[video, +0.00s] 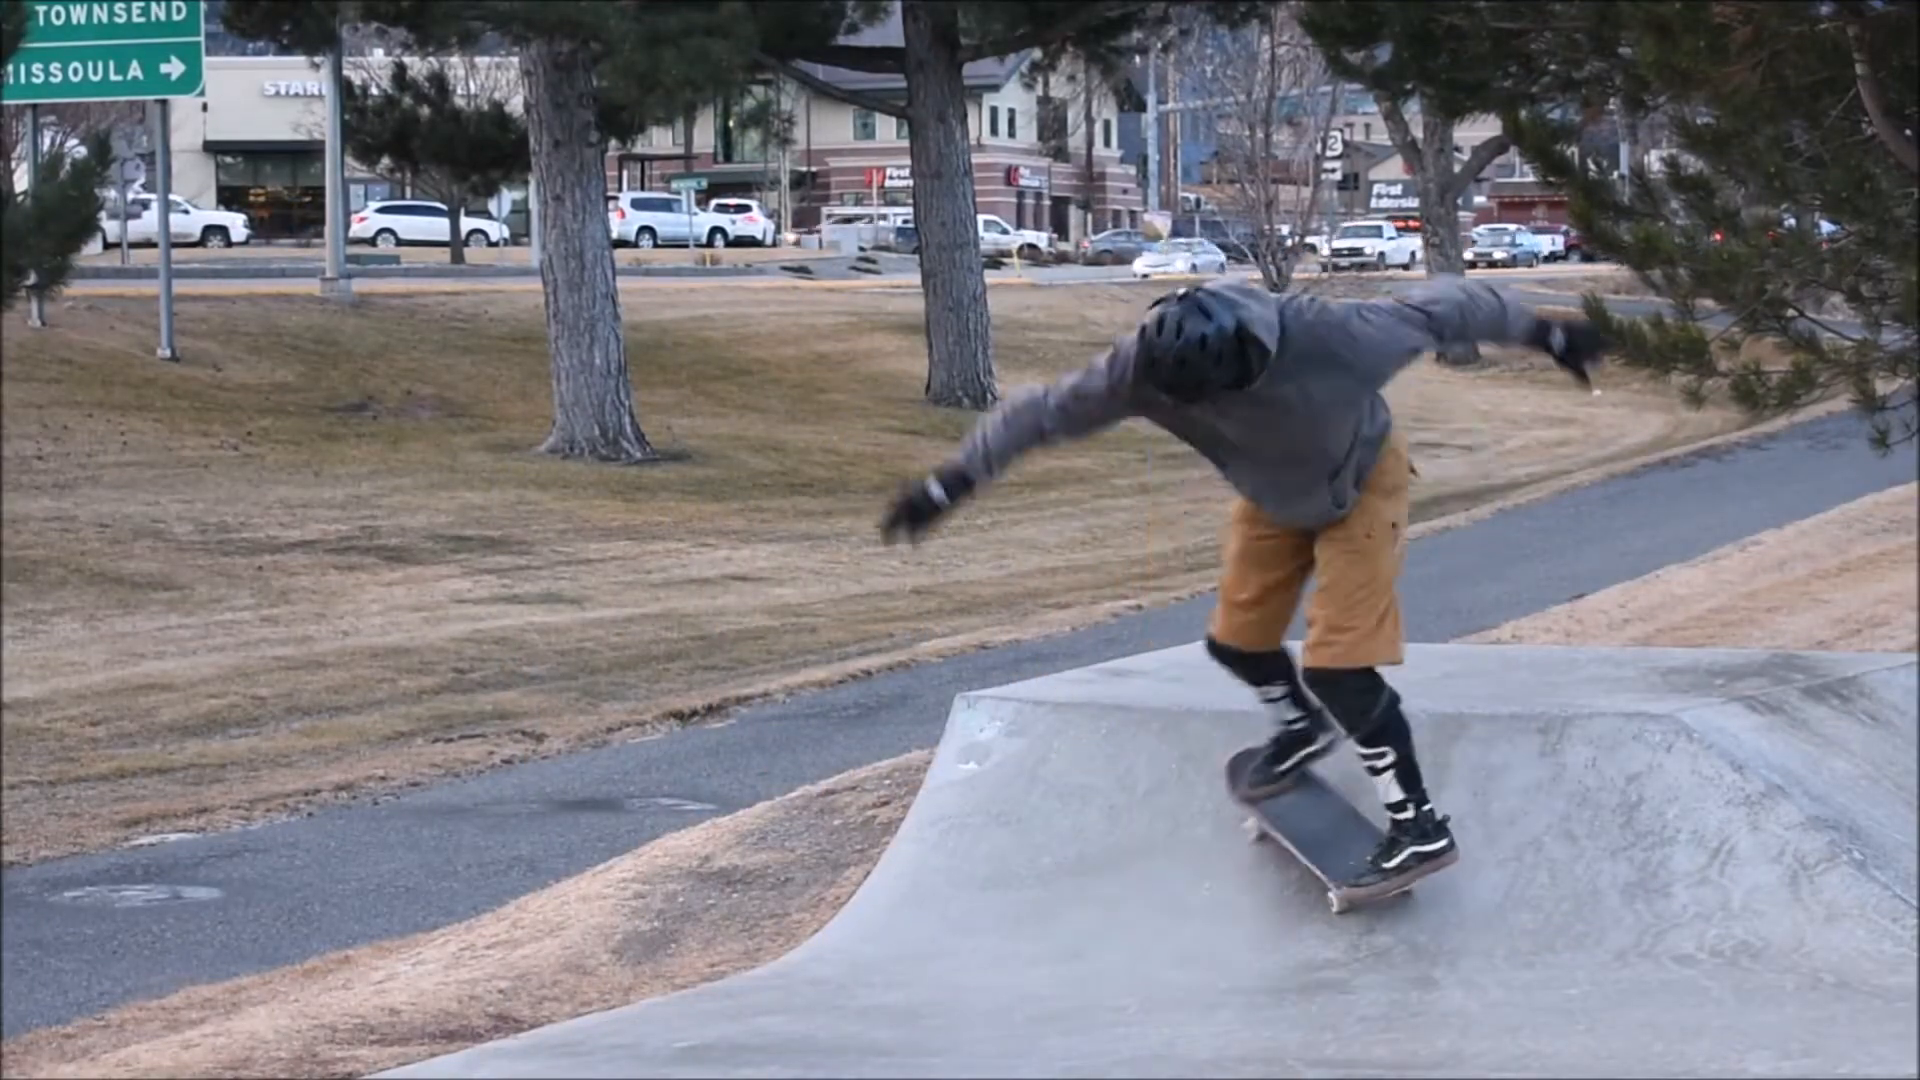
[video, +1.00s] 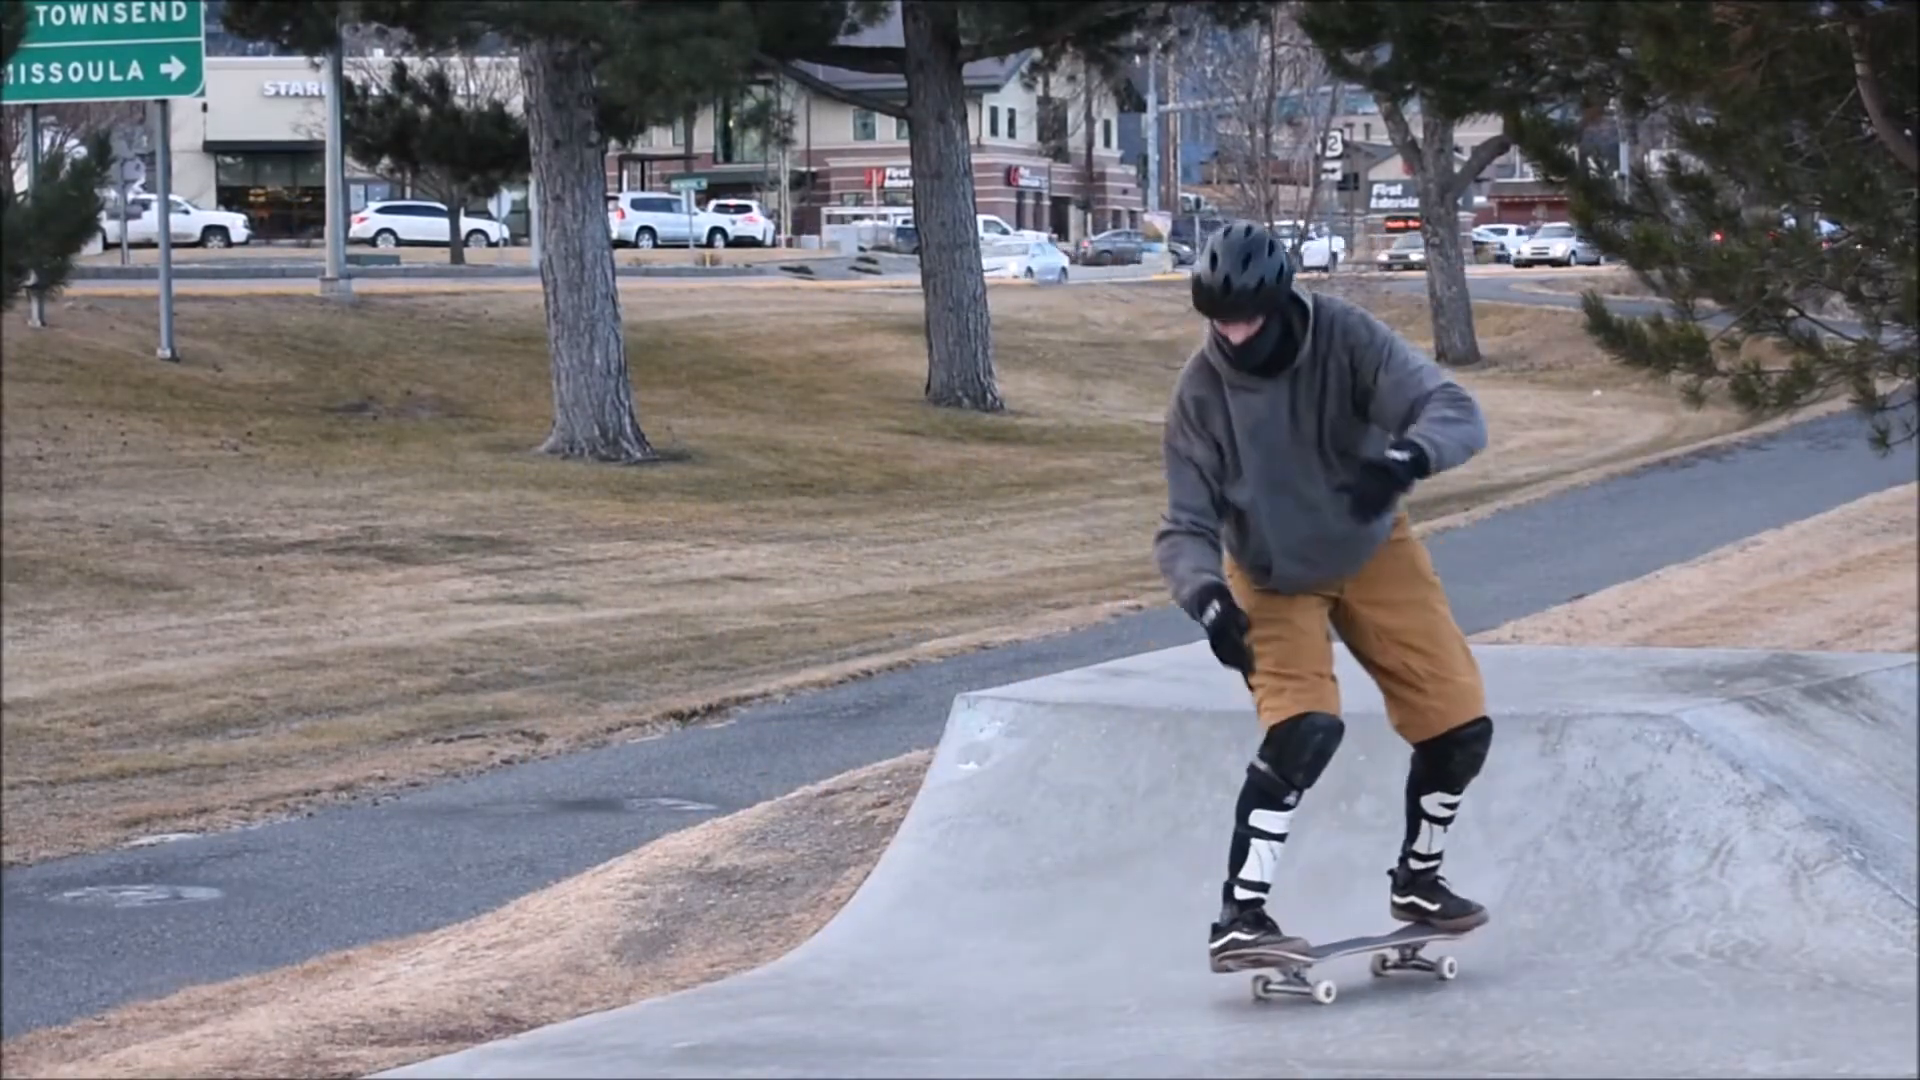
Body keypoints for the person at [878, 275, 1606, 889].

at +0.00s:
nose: (1184, 403)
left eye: (1195, 394)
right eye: (1174, 392)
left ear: (1237, 366)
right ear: (1167, 363)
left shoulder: (1327, 335)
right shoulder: (1148, 364)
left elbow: (1446, 307)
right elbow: (1043, 413)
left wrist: (1547, 327)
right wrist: (945, 483)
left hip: (1359, 476)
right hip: (1268, 492)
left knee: (1339, 669)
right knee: (1236, 641)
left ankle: (1418, 818)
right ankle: (1306, 723)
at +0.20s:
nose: (1180, 423)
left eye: (1181, 408)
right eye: (1168, 416)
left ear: (1198, 367)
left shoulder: (1293, 361)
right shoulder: (1189, 407)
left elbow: (1425, 360)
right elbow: (1145, 479)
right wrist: (1134, 533)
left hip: (1410, 490)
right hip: (1333, 510)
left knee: (1328, 675)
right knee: (1258, 637)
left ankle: (1418, 830)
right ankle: (1328, 729)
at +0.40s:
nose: (1226, 371)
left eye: (1230, 354)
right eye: (1211, 363)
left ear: (1254, 318)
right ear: (1197, 352)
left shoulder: (1342, 335)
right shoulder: (1209, 383)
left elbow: (1484, 371)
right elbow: (1146, 467)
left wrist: (1568, 447)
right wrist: (1094, 568)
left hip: (1417, 497)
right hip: (1329, 520)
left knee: (1358, 688)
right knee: (1276, 674)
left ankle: (1443, 851)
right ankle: (1346, 755)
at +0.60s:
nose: (1237, 347)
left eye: (1241, 331)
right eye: (1220, 340)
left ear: (1264, 291)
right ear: (1196, 320)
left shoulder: (1344, 289)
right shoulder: (1204, 361)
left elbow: (1449, 291)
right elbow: (1171, 399)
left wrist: (1528, 320)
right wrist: (1131, 451)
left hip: (1426, 492)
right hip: (1317, 516)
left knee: (1486, 698)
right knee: (1314, 693)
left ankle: (1514, 846)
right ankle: (1269, 863)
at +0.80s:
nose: (1247, 392)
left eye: (1255, 377)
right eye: (1232, 383)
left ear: (1283, 337)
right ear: (1212, 363)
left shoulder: (1338, 327)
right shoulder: (1224, 419)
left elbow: (1452, 353)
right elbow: (1232, 535)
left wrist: (1373, 357)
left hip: (1412, 533)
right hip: (1312, 564)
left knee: (1499, 718)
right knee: (1357, 720)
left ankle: (1457, 869)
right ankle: (1293, 905)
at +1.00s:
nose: (1233, 332)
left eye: (1246, 316)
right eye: (1219, 318)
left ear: (1281, 299)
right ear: (1203, 309)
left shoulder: (1344, 336)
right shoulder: (1202, 390)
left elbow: (1458, 415)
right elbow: (1185, 528)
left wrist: (1406, 457)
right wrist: (1212, 606)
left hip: (1373, 548)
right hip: (1268, 568)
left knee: (1457, 728)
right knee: (1305, 728)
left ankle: (1417, 879)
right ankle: (1241, 918)